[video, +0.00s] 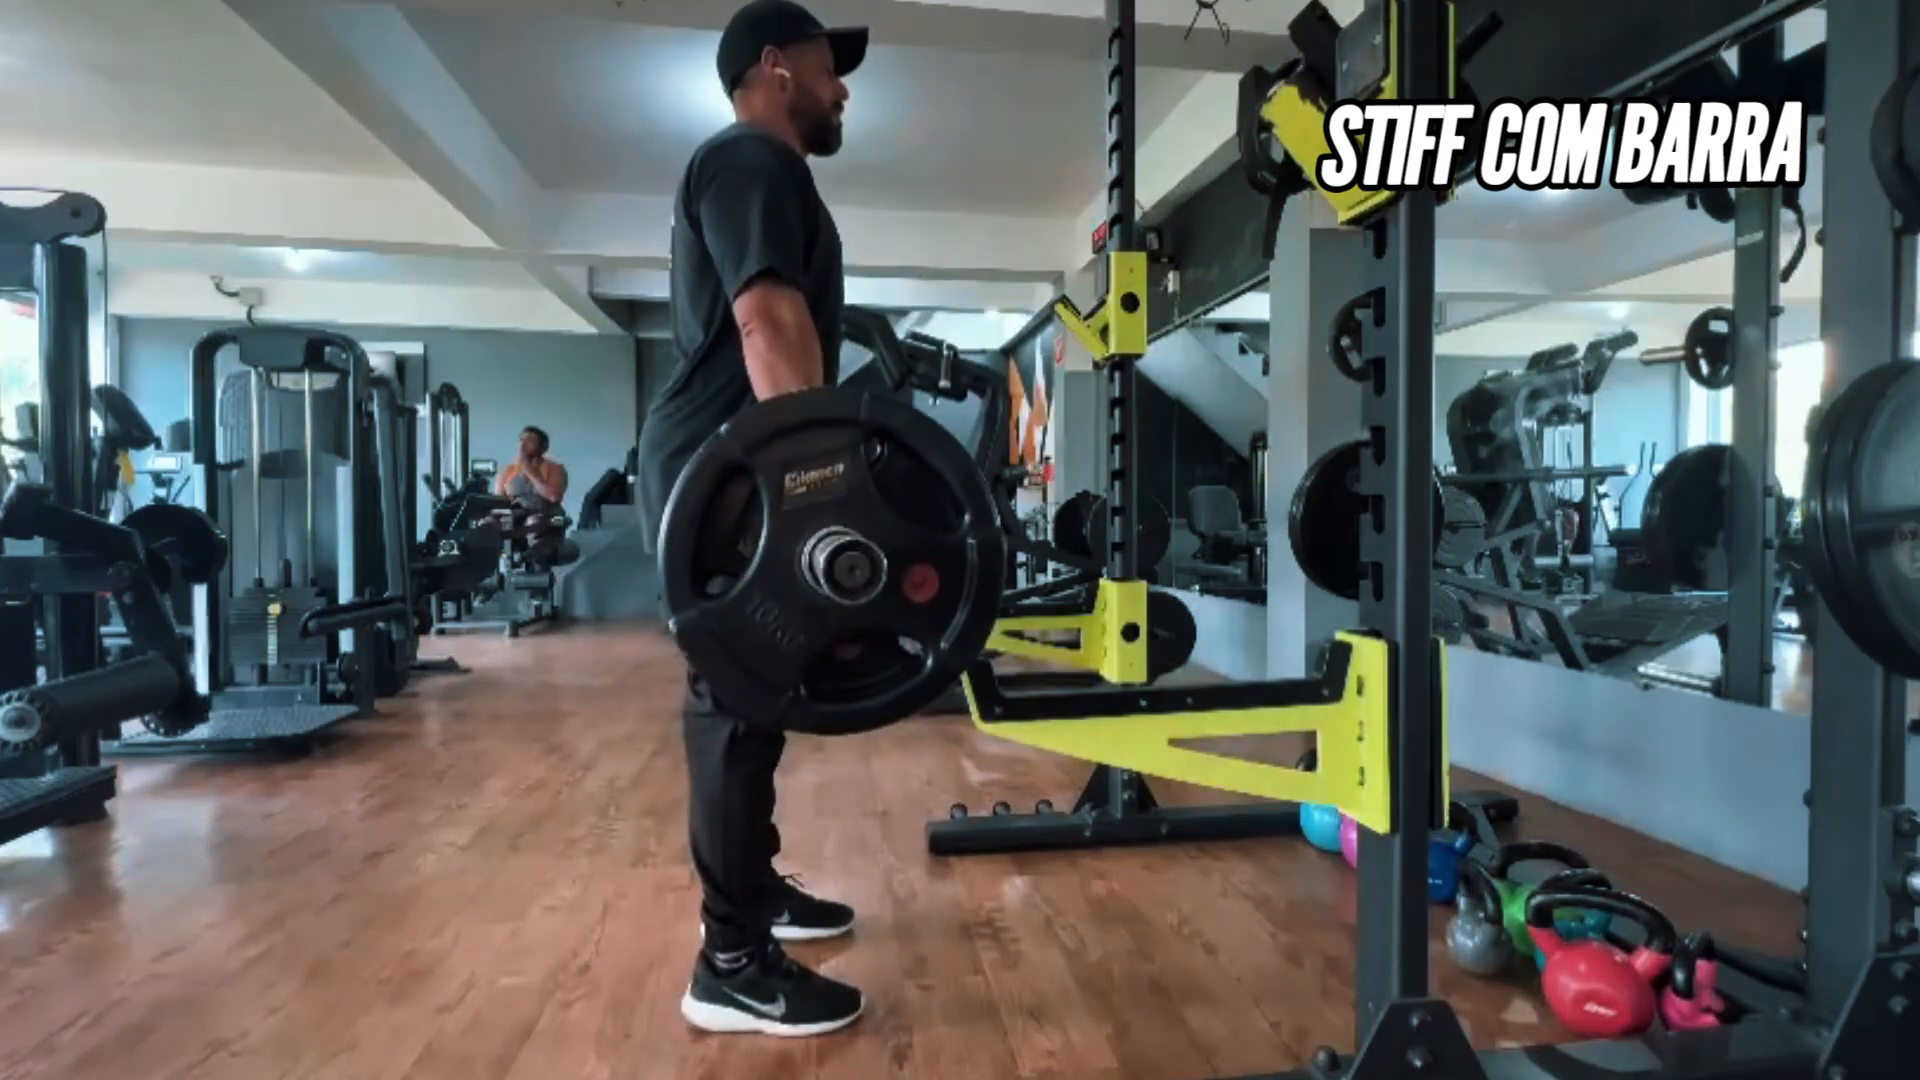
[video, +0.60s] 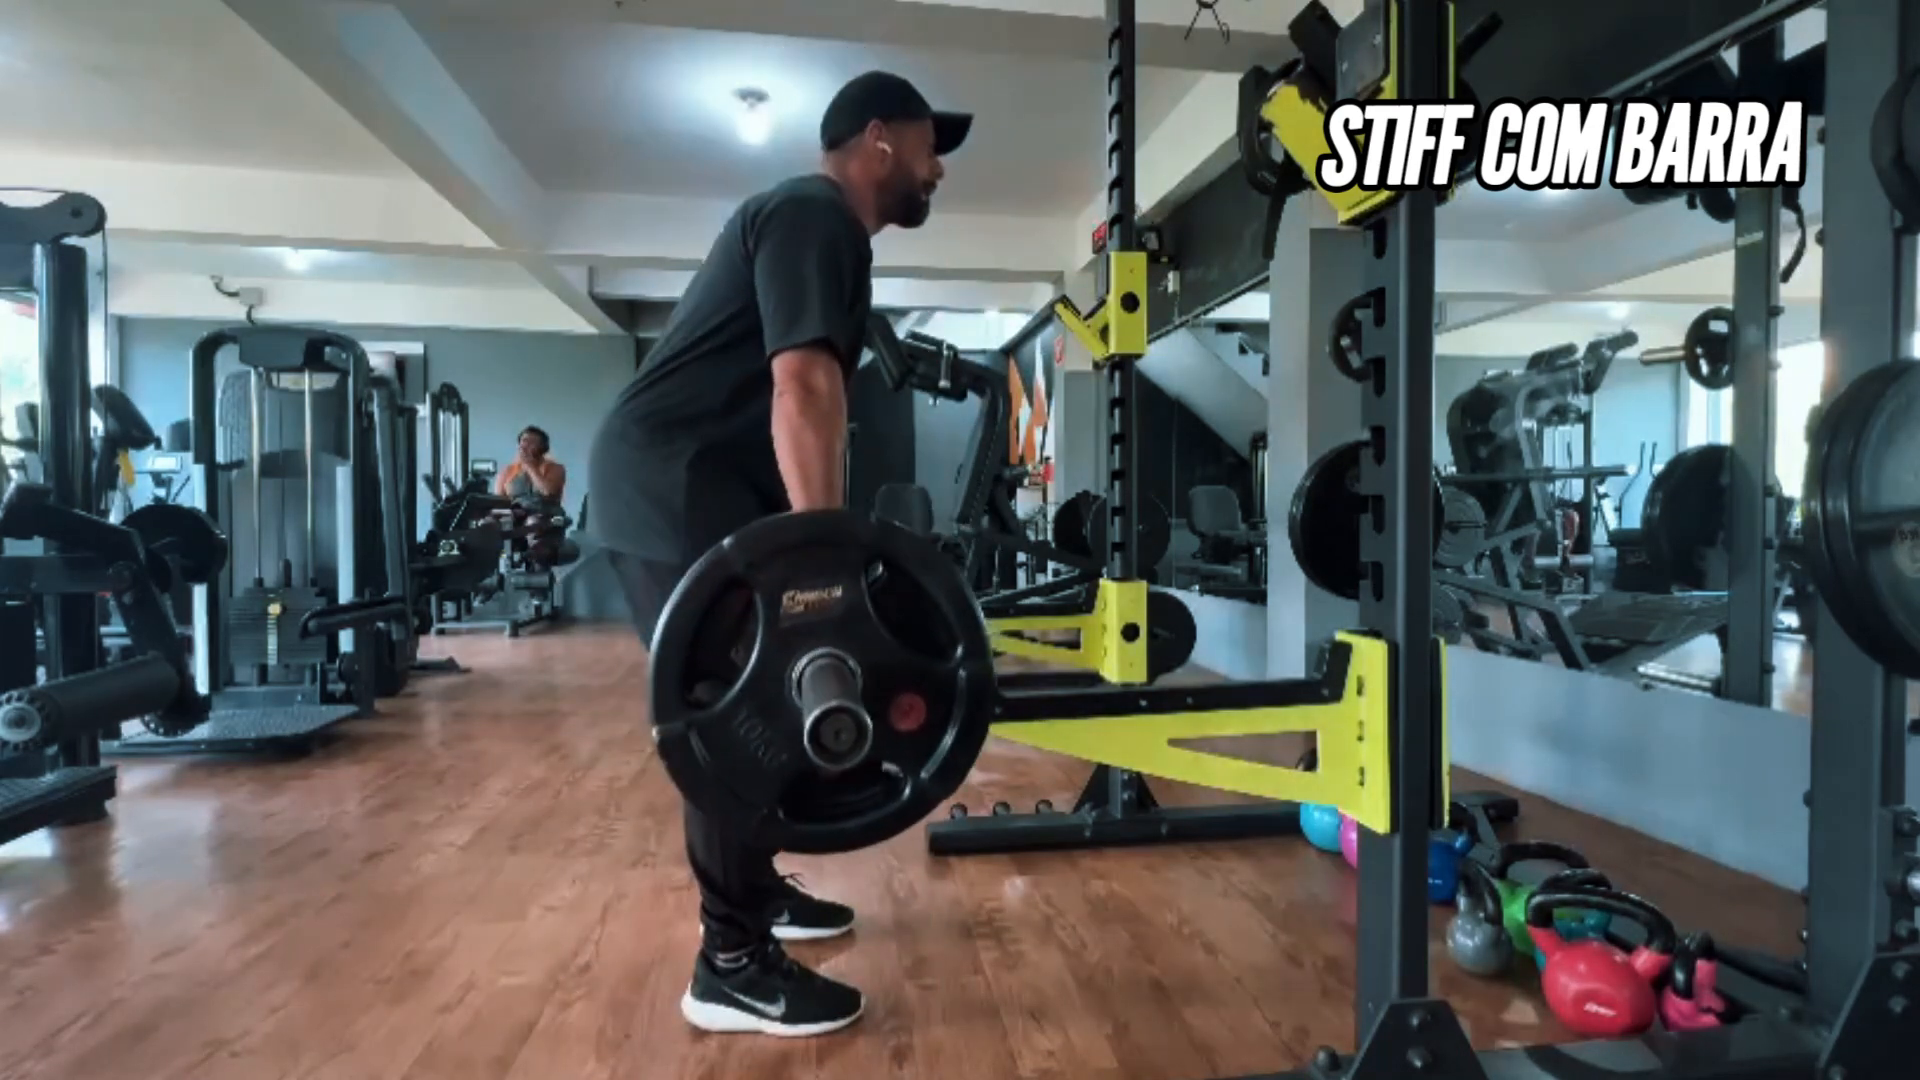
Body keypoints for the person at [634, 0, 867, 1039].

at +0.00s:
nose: (845, 87)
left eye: (843, 71)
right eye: (831, 67)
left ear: (769, 76)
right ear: (772, 68)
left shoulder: (756, 170)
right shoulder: (748, 160)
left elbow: (774, 335)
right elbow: (765, 317)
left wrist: (818, 483)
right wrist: (826, 486)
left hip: (728, 472)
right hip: (710, 474)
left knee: (751, 688)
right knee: (730, 698)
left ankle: (750, 882)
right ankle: (730, 956)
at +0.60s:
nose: (938, 172)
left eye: (939, 154)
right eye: (930, 150)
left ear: (871, 146)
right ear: (875, 140)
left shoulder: (832, 229)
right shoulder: (810, 210)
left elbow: (806, 390)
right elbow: (803, 383)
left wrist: (825, 565)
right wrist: (826, 564)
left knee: (745, 690)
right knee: (724, 703)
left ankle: (750, 888)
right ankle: (728, 957)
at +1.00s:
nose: (990, 315)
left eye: (994, 298)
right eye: (986, 292)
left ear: (934, 280)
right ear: (938, 277)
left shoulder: (850, 332)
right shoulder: (840, 322)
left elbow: (822, 502)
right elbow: (814, 499)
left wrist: (816, 665)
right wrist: (818, 675)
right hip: (620, 481)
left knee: (709, 715)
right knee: (741, 709)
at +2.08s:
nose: (934, 178)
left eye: (935, 160)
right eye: (925, 157)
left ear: (867, 153)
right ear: (870, 148)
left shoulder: (820, 234)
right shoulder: (800, 216)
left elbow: (799, 394)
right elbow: (788, 386)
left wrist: (810, 562)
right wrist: (813, 566)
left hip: (694, 475)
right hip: (660, 475)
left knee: (741, 682)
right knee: (724, 697)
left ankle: (748, 881)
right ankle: (729, 958)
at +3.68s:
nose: (971, 299)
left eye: (975, 282)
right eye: (966, 277)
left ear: (910, 266)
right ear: (913, 261)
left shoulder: (836, 326)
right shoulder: (820, 308)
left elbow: (800, 494)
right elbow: (796, 490)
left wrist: (802, 657)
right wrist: (805, 668)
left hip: (602, 487)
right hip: (612, 487)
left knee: (688, 722)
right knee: (747, 707)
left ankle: (716, 945)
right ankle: (767, 943)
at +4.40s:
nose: (987, 438)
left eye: (997, 424)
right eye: (988, 417)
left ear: (941, 390)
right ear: (946, 391)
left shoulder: (845, 417)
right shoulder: (837, 419)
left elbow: (813, 597)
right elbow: (800, 607)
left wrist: (783, 765)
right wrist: (788, 787)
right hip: (584, 500)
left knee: (721, 719)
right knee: (721, 725)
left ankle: (737, 929)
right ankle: (736, 939)